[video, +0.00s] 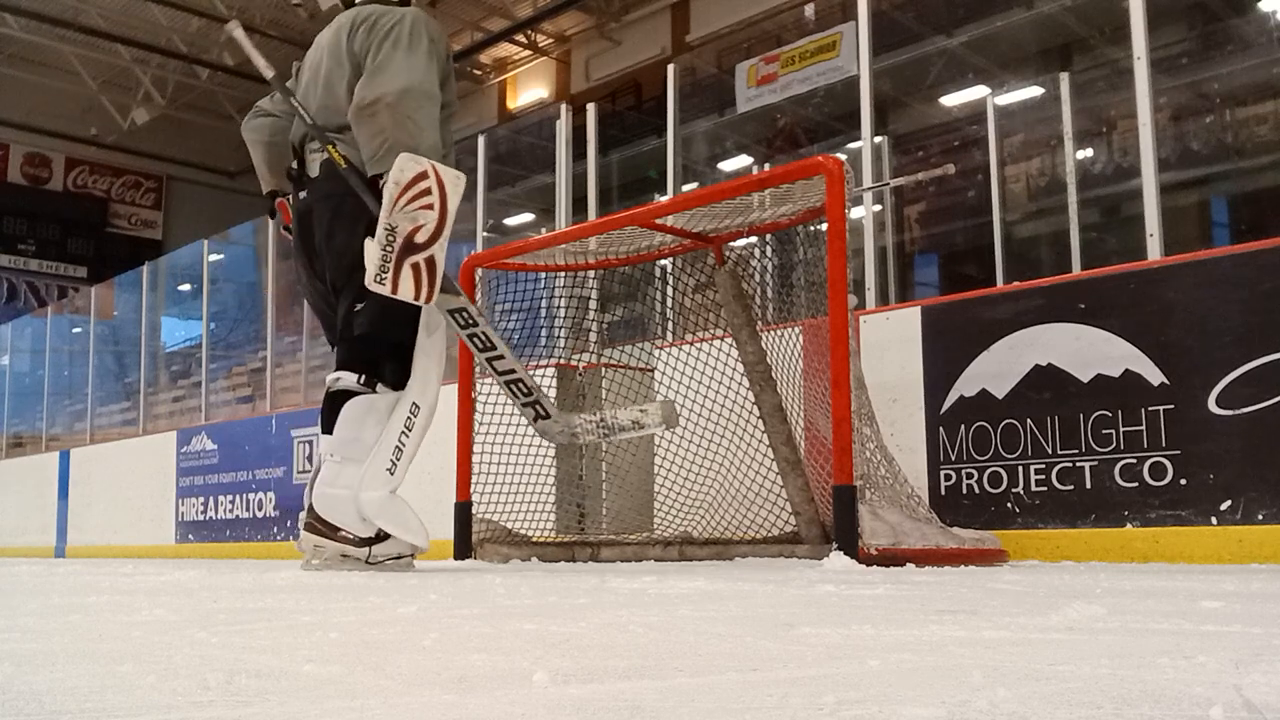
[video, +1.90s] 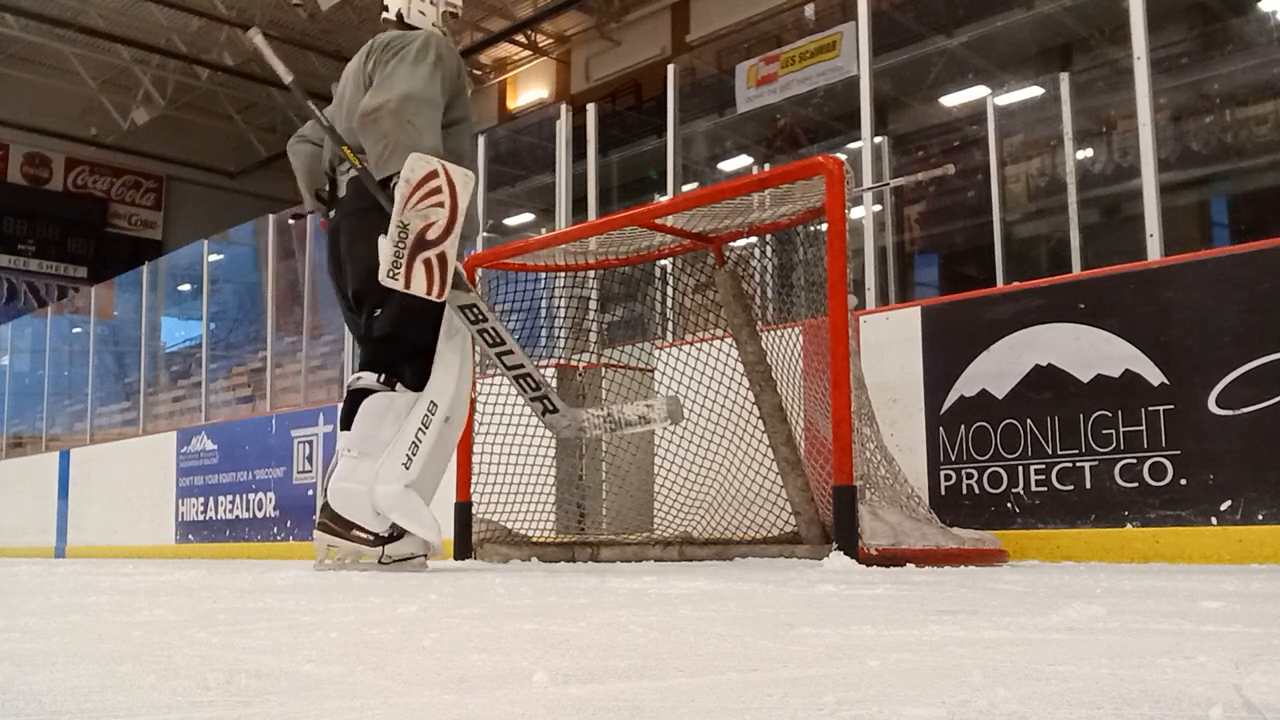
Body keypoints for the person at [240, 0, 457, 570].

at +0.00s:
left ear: (353, 4)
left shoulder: (318, 54)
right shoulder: (403, 23)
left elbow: (261, 123)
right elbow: (392, 110)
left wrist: (279, 191)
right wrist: (418, 216)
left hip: (311, 218)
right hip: (362, 203)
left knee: (355, 358)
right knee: (388, 354)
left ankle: (335, 518)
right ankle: (343, 508)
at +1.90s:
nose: (452, 16)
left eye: (451, 11)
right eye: (448, 10)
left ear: (392, 17)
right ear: (428, 13)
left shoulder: (358, 76)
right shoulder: (421, 45)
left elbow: (308, 142)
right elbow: (395, 117)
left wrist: (331, 199)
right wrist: (432, 219)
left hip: (353, 229)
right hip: (398, 223)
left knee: (383, 371)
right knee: (436, 373)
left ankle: (355, 513)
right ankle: (366, 507)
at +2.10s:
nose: (463, 38)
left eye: (465, 31)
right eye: (455, 27)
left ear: (417, 26)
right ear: (427, 22)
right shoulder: (423, 56)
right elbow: (383, 126)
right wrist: (416, 234)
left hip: (377, 236)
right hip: (395, 230)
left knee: (395, 374)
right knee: (423, 373)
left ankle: (368, 510)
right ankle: (371, 504)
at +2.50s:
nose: (501, 55)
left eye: (505, 48)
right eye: (492, 44)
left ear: (502, 55)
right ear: (462, 43)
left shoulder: (476, 108)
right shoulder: (442, 79)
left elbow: (461, 194)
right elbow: (385, 144)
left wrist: (491, 255)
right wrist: (382, 241)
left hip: (449, 259)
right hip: (439, 255)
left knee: (430, 389)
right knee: (469, 382)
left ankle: (395, 513)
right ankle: (445, 514)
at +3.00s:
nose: (525, 32)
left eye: (535, 24)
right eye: (515, 23)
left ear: (548, 35)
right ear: (499, 31)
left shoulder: (549, 110)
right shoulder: (478, 77)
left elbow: (540, 192)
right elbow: (428, 148)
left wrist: (541, 260)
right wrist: (409, 236)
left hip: (525, 267)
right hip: (469, 257)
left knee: (510, 397)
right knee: (492, 396)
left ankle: (458, 525)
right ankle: (474, 526)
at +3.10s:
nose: (533, 29)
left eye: (542, 22)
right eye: (522, 19)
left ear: (553, 34)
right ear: (503, 28)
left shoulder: (565, 113)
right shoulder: (483, 73)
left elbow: (562, 190)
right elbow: (438, 139)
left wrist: (553, 246)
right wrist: (422, 218)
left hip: (545, 268)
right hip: (482, 255)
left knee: (542, 396)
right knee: (501, 390)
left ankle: (519, 527)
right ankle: (480, 524)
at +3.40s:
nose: (554, 13)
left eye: (563, 7)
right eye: (540, 6)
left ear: (578, 20)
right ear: (518, 18)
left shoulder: (603, 108)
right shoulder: (498, 70)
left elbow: (591, 208)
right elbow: (455, 154)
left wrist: (622, 256)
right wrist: (438, 239)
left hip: (585, 274)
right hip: (510, 261)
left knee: (617, 391)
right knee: (527, 398)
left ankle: (606, 521)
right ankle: (524, 529)